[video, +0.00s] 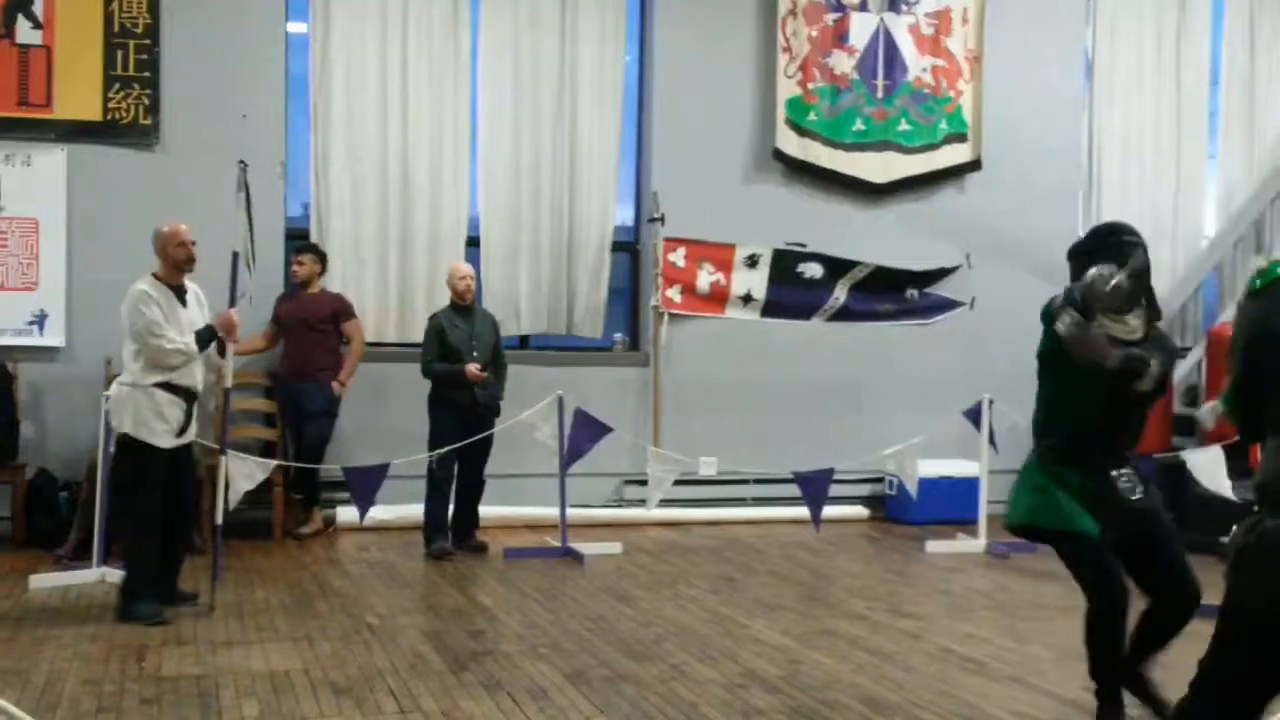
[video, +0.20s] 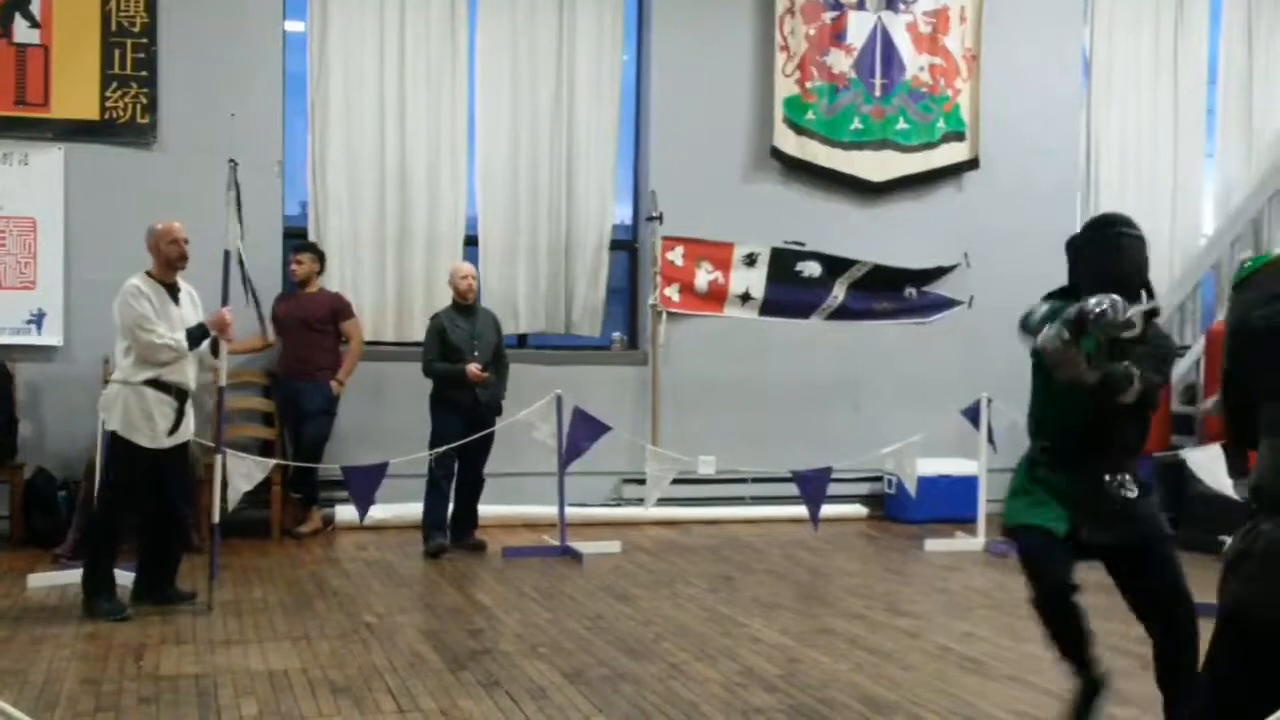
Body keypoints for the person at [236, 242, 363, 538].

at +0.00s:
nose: (295, 268)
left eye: (302, 263)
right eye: (294, 263)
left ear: (319, 268)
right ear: (293, 268)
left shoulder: (336, 303)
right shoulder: (285, 302)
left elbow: (358, 342)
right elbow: (268, 340)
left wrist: (341, 381)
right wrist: (232, 348)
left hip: (322, 385)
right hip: (289, 383)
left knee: (310, 451)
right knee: (296, 450)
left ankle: (313, 514)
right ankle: (308, 513)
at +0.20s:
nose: (294, 267)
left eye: (301, 262)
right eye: (293, 262)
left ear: (317, 267)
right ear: (292, 267)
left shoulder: (334, 302)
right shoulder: (282, 302)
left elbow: (356, 341)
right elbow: (268, 340)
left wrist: (339, 380)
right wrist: (229, 347)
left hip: (320, 385)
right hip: (287, 383)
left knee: (309, 449)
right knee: (296, 449)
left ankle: (306, 511)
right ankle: (311, 513)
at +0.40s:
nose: (292, 267)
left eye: (299, 263)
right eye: (291, 263)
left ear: (316, 267)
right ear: (289, 267)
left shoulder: (332, 302)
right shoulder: (282, 302)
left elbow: (354, 341)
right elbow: (263, 339)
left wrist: (338, 380)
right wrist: (223, 348)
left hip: (317, 385)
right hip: (285, 383)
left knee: (307, 449)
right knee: (293, 449)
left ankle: (308, 512)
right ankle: (304, 511)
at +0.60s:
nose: (292, 268)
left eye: (299, 263)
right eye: (291, 263)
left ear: (316, 267)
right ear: (290, 267)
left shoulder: (333, 302)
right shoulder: (282, 302)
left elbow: (355, 341)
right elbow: (263, 340)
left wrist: (338, 380)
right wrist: (224, 349)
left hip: (318, 385)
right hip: (285, 383)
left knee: (307, 449)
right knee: (293, 449)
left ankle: (308, 512)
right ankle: (306, 512)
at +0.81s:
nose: (291, 267)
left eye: (298, 263)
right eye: (290, 262)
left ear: (315, 267)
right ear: (289, 266)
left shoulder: (332, 302)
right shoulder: (280, 302)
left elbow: (354, 339)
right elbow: (262, 339)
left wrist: (337, 379)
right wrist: (224, 349)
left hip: (317, 384)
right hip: (284, 382)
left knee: (306, 448)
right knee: (292, 448)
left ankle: (307, 511)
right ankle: (305, 511)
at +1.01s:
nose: (289, 266)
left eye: (296, 262)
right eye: (288, 262)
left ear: (314, 266)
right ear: (288, 265)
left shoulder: (330, 301)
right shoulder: (280, 301)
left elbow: (352, 339)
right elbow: (260, 338)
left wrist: (336, 379)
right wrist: (222, 348)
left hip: (316, 384)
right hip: (282, 383)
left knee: (305, 448)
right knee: (292, 448)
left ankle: (304, 510)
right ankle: (305, 510)